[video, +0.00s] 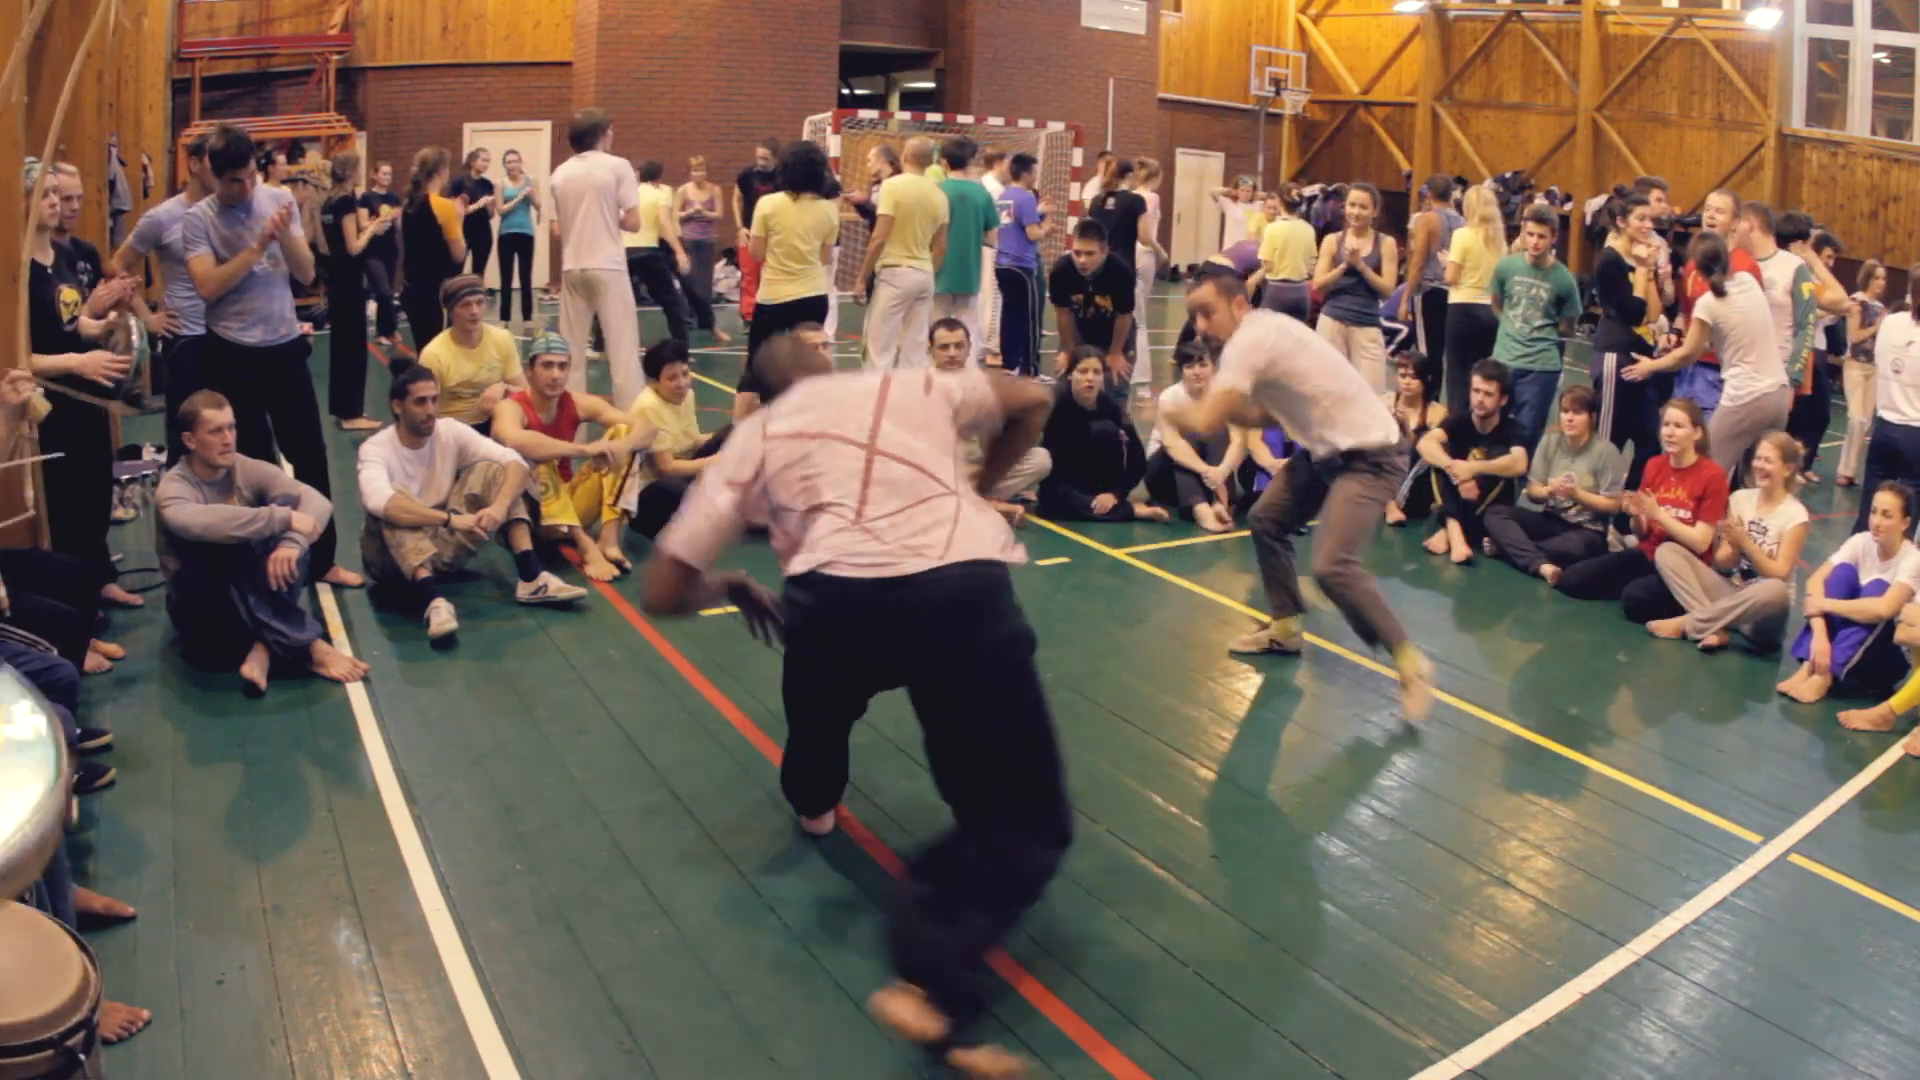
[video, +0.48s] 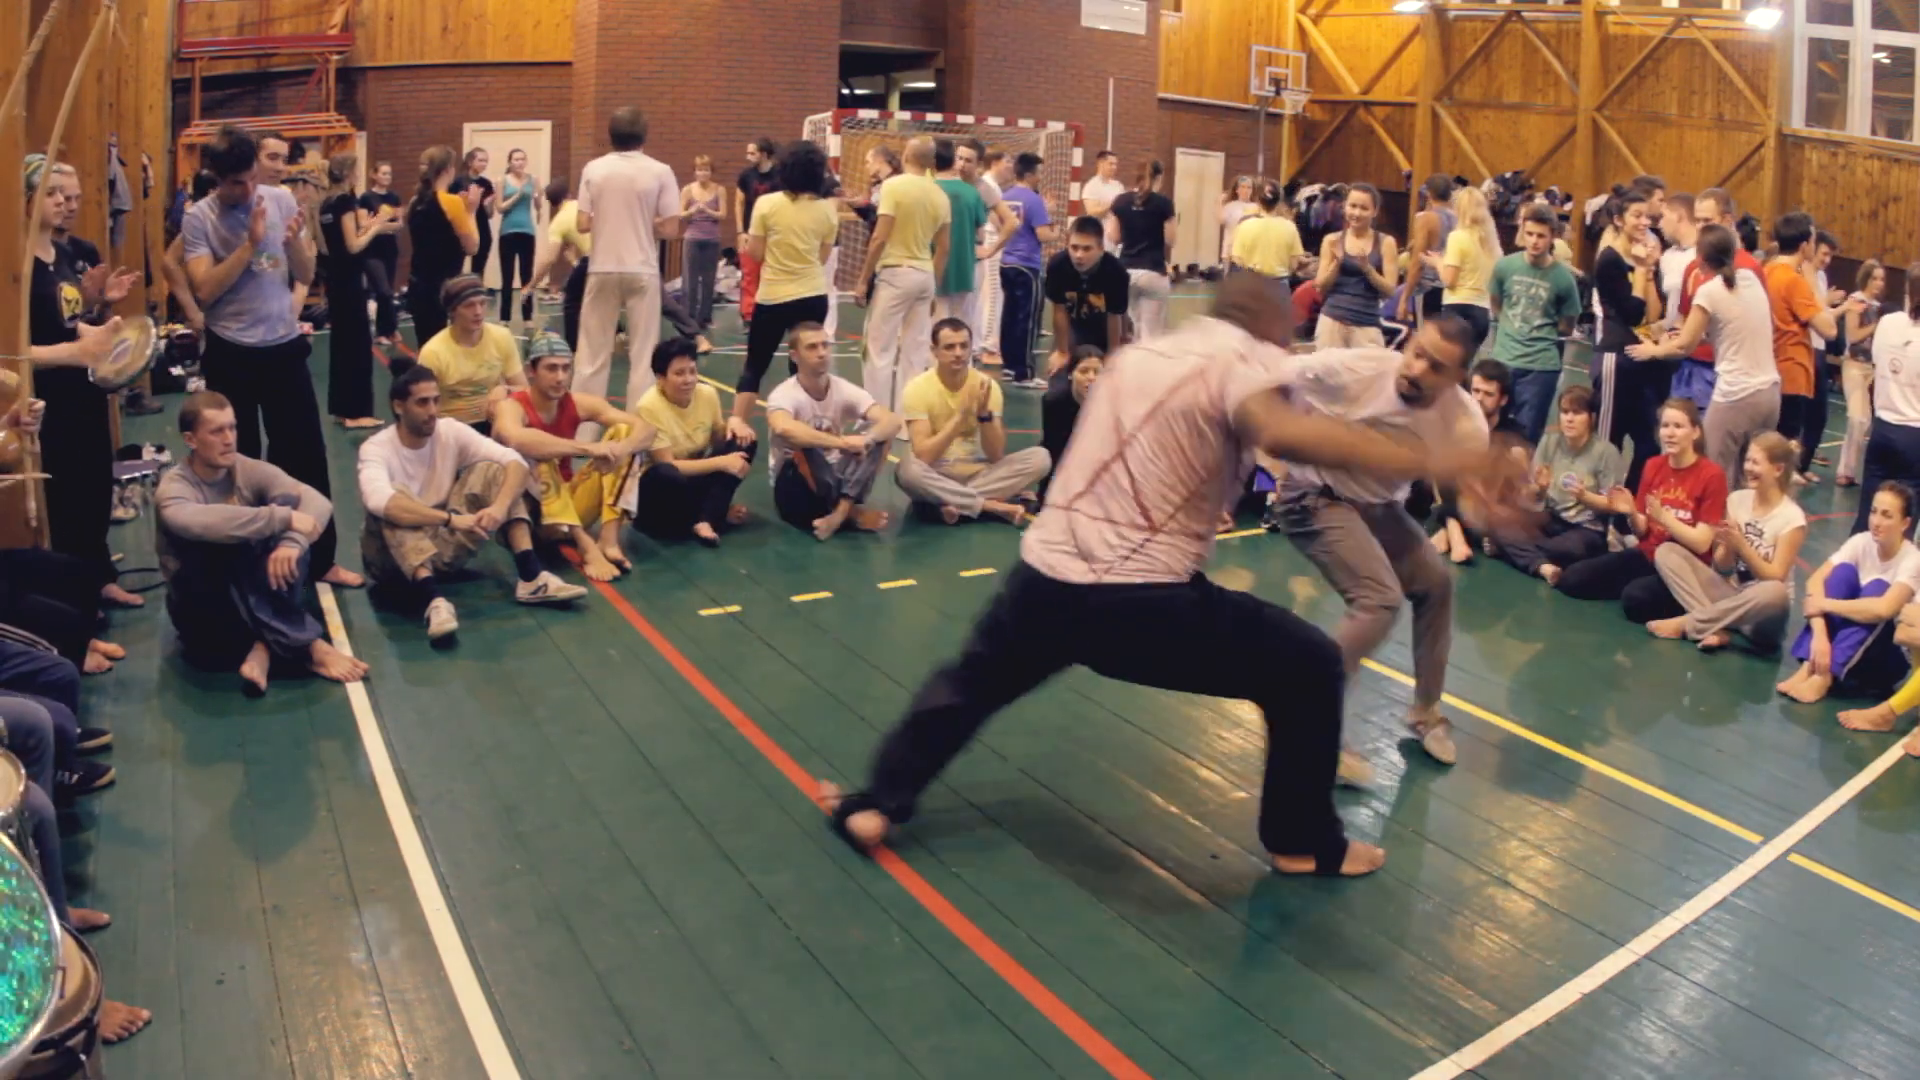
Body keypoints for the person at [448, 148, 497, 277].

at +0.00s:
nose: (486, 164)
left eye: (488, 161)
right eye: (483, 160)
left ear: (490, 163)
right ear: (473, 161)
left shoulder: (488, 185)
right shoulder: (459, 182)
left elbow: (491, 214)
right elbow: (456, 211)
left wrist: (489, 205)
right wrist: (479, 204)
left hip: (483, 231)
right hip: (463, 230)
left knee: (478, 274)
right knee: (455, 271)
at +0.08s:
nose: (486, 164)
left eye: (488, 161)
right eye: (483, 160)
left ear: (489, 163)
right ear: (472, 161)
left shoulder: (488, 185)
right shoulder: (460, 182)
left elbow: (490, 214)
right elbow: (454, 207)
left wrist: (489, 205)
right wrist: (476, 201)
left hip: (482, 227)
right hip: (462, 227)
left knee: (479, 270)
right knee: (456, 267)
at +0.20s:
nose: (485, 164)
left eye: (487, 161)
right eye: (482, 160)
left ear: (489, 163)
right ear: (472, 161)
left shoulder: (488, 185)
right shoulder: (459, 182)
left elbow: (489, 213)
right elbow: (451, 208)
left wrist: (489, 205)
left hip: (482, 229)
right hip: (460, 226)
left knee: (478, 271)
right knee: (456, 268)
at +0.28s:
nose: (485, 164)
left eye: (487, 161)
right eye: (481, 160)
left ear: (489, 163)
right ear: (471, 162)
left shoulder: (487, 184)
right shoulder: (459, 182)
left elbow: (491, 214)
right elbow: (454, 209)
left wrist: (488, 203)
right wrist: (477, 205)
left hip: (482, 229)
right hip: (462, 228)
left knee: (478, 271)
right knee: (456, 269)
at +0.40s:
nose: (484, 164)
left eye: (486, 161)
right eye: (480, 160)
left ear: (488, 162)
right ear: (470, 162)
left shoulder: (487, 184)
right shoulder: (459, 182)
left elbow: (490, 213)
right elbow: (453, 207)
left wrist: (488, 202)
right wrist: (476, 201)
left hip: (482, 228)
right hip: (461, 227)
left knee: (478, 271)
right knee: (456, 269)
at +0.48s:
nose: (484, 164)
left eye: (485, 161)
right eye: (480, 160)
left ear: (488, 162)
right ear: (470, 162)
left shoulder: (486, 184)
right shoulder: (458, 183)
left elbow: (490, 214)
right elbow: (452, 207)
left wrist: (488, 204)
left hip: (482, 226)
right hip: (461, 224)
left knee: (478, 271)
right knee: (456, 269)